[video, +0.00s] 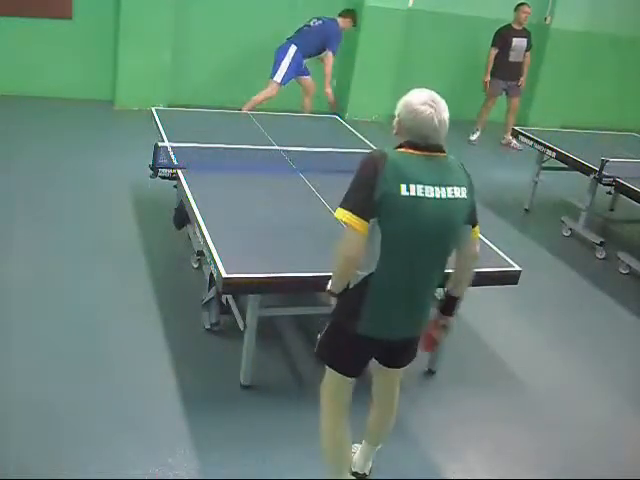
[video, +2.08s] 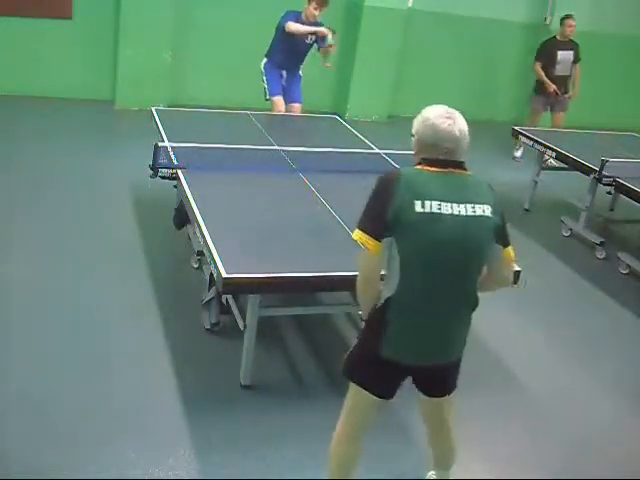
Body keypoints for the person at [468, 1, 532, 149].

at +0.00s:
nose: (526, 17)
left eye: (528, 14)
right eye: (524, 13)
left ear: (529, 16)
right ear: (516, 13)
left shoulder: (527, 35)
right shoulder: (502, 31)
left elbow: (526, 56)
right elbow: (492, 53)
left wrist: (523, 76)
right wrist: (487, 75)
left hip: (515, 77)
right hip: (498, 76)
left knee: (513, 107)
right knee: (488, 104)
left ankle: (508, 136)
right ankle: (477, 129)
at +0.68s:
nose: (545, 20)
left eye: (547, 18)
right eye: (543, 17)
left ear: (547, 20)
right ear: (535, 17)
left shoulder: (545, 37)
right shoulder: (521, 34)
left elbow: (545, 59)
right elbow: (512, 56)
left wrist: (542, 80)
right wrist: (510, 77)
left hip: (533, 80)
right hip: (517, 79)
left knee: (524, 109)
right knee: (503, 106)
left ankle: (510, 136)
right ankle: (487, 131)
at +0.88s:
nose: (549, 22)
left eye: (551, 19)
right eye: (546, 18)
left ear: (552, 21)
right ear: (539, 18)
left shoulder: (549, 38)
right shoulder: (525, 35)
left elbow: (550, 60)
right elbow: (514, 55)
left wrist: (548, 80)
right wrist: (512, 77)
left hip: (536, 81)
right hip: (520, 78)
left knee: (525, 110)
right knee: (512, 109)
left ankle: (511, 136)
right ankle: (501, 136)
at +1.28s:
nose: (554, 24)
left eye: (556, 21)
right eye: (551, 20)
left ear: (557, 23)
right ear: (543, 21)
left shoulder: (553, 40)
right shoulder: (532, 39)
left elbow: (554, 61)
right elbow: (522, 61)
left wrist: (553, 80)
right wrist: (527, 80)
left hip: (543, 80)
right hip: (530, 79)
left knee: (531, 108)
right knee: (526, 109)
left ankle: (516, 133)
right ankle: (518, 141)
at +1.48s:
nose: (555, 24)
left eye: (557, 21)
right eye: (552, 20)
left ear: (559, 22)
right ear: (545, 21)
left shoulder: (555, 40)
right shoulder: (534, 40)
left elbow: (556, 61)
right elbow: (528, 63)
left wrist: (555, 80)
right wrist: (544, 80)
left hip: (547, 76)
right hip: (534, 76)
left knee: (534, 114)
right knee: (529, 114)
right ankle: (522, 140)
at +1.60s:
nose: (557, 24)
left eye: (559, 21)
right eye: (554, 21)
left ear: (560, 23)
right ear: (546, 22)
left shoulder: (556, 41)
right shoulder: (536, 40)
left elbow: (557, 62)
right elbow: (531, 64)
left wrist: (558, 79)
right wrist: (551, 78)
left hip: (547, 84)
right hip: (532, 84)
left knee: (544, 117)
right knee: (530, 118)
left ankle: (540, 148)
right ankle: (519, 145)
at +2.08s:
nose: (571, 30)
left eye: (573, 27)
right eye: (569, 26)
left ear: (574, 28)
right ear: (561, 27)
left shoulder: (574, 47)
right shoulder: (548, 44)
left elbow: (576, 68)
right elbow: (537, 66)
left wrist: (575, 89)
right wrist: (548, 83)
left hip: (562, 91)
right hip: (544, 89)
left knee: (558, 126)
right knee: (533, 121)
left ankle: (549, 154)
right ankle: (522, 144)